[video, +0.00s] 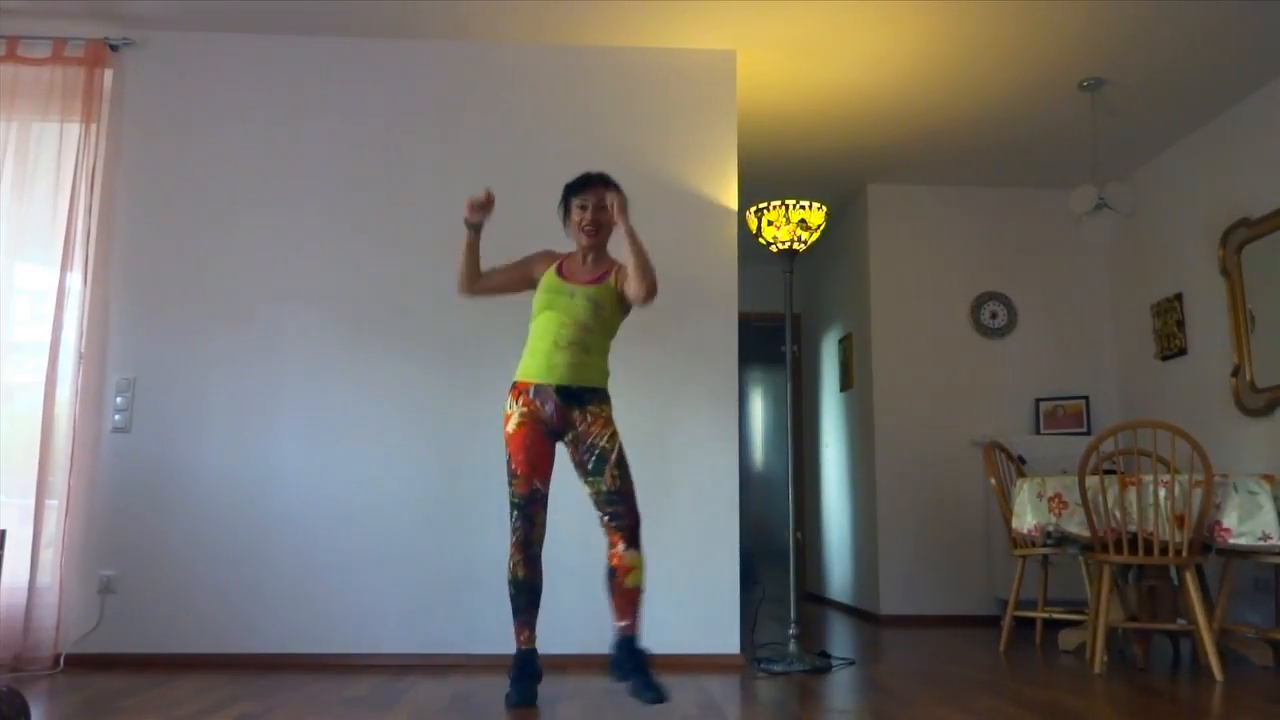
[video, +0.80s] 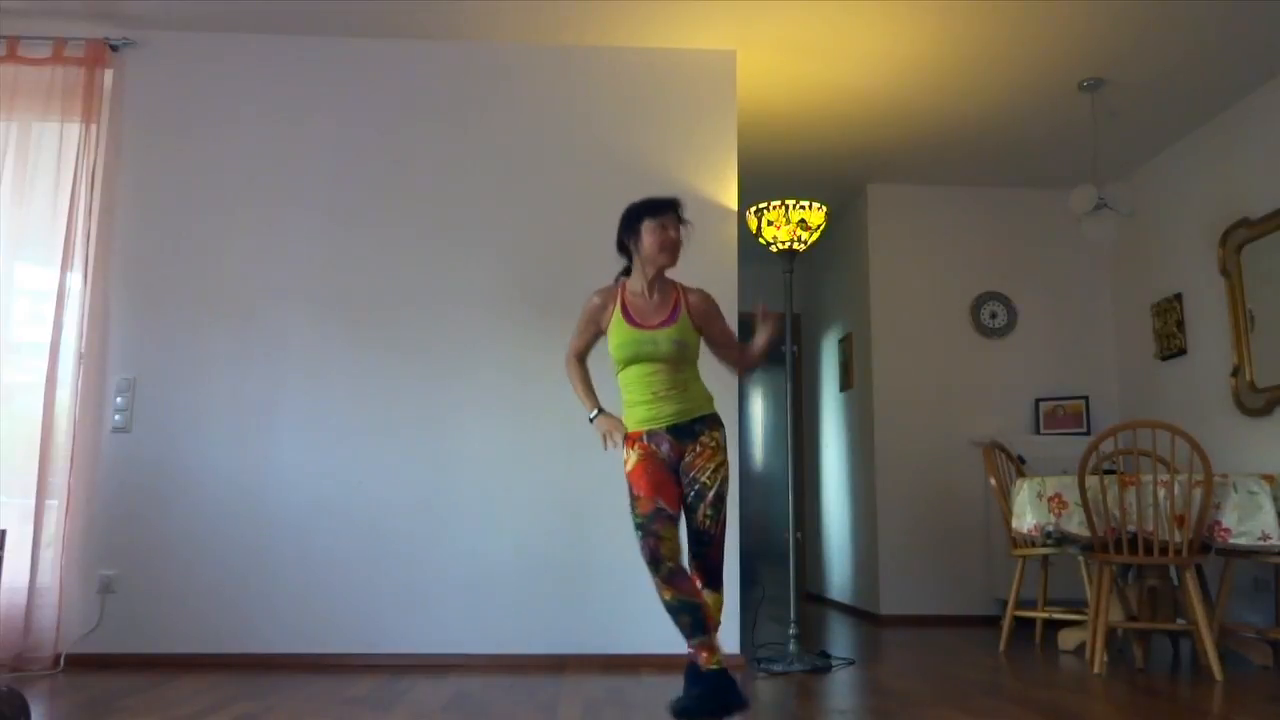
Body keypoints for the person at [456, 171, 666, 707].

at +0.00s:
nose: (591, 217)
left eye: (600, 210)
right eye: (581, 208)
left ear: (612, 220)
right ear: (567, 216)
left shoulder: (619, 272)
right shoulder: (547, 264)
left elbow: (644, 290)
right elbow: (471, 284)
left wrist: (626, 226)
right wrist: (473, 229)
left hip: (589, 408)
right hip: (530, 403)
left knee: (625, 528)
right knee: (526, 534)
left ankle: (627, 650)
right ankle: (525, 658)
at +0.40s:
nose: (629, 244)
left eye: (635, 234)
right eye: (618, 237)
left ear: (651, 234)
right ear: (605, 244)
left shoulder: (675, 279)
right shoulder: (601, 295)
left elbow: (699, 261)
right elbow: (533, 324)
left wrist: (651, 212)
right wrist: (534, 265)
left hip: (669, 423)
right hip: (610, 420)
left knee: (682, 550)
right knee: (569, 538)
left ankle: (697, 670)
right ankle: (563, 652)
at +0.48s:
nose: (639, 251)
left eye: (648, 241)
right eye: (628, 243)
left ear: (663, 242)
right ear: (613, 250)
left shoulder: (687, 285)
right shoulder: (608, 303)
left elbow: (722, 320)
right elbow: (568, 366)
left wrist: (667, 281)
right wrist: (557, 321)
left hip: (686, 430)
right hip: (627, 432)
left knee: (695, 551)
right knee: (585, 531)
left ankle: (699, 672)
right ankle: (608, 650)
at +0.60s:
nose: (647, 263)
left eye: (656, 253)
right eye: (636, 254)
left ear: (671, 251)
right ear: (620, 256)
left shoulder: (696, 304)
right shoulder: (611, 311)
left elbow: (736, 376)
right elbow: (600, 375)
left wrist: (693, 395)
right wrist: (581, 397)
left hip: (697, 439)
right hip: (640, 443)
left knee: (703, 551)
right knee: (628, 541)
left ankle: (697, 672)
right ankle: (698, 660)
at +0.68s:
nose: (655, 263)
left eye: (664, 252)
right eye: (645, 252)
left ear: (677, 255)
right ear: (626, 257)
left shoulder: (699, 314)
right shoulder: (611, 315)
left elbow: (731, 387)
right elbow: (592, 375)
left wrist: (730, 438)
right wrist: (592, 424)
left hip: (700, 442)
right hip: (643, 448)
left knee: (702, 560)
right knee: (662, 553)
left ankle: (699, 684)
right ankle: (728, 675)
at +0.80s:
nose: (673, 235)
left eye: (676, 227)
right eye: (660, 227)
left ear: (680, 239)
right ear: (632, 240)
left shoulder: (695, 302)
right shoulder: (606, 302)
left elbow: (740, 360)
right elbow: (574, 357)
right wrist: (598, 413)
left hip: (701, 433)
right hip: (644, 438)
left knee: (707, 550)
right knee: (657, 548)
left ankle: (700, 673)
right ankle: (714, 673)